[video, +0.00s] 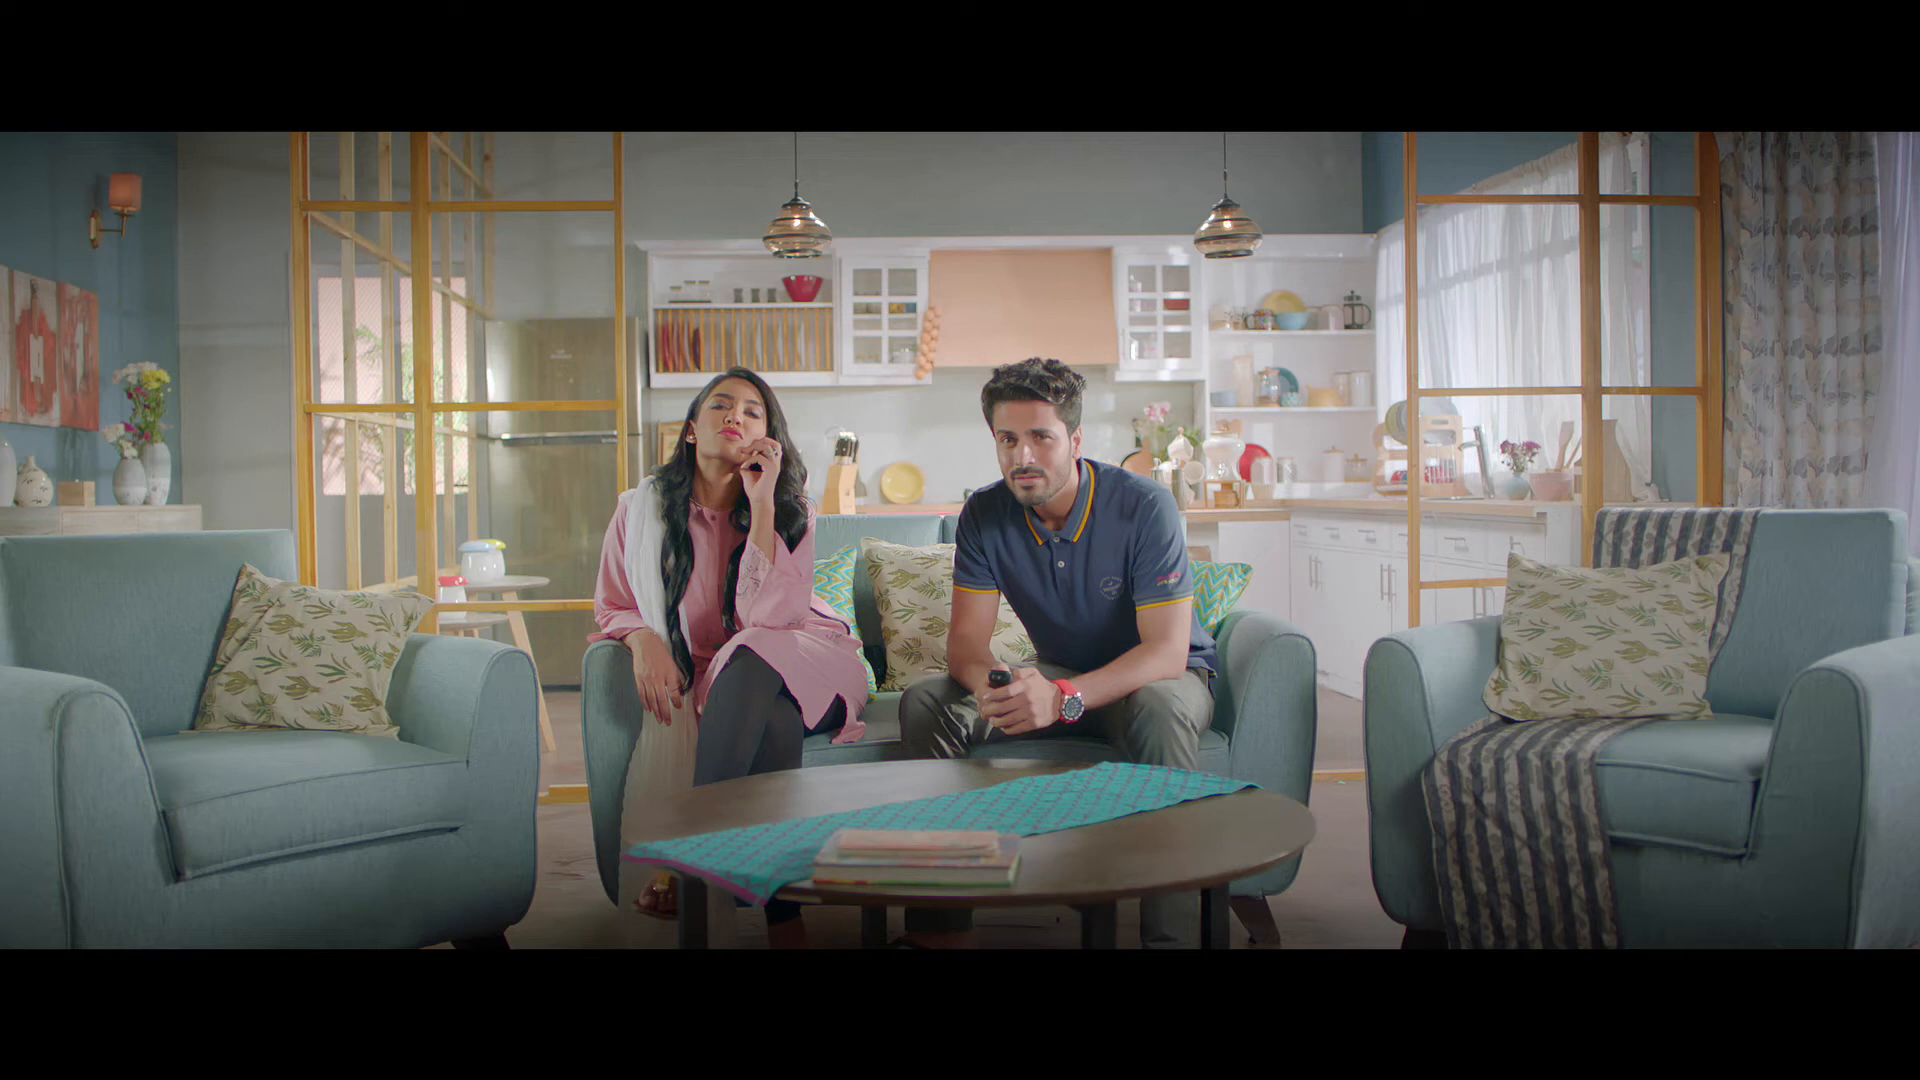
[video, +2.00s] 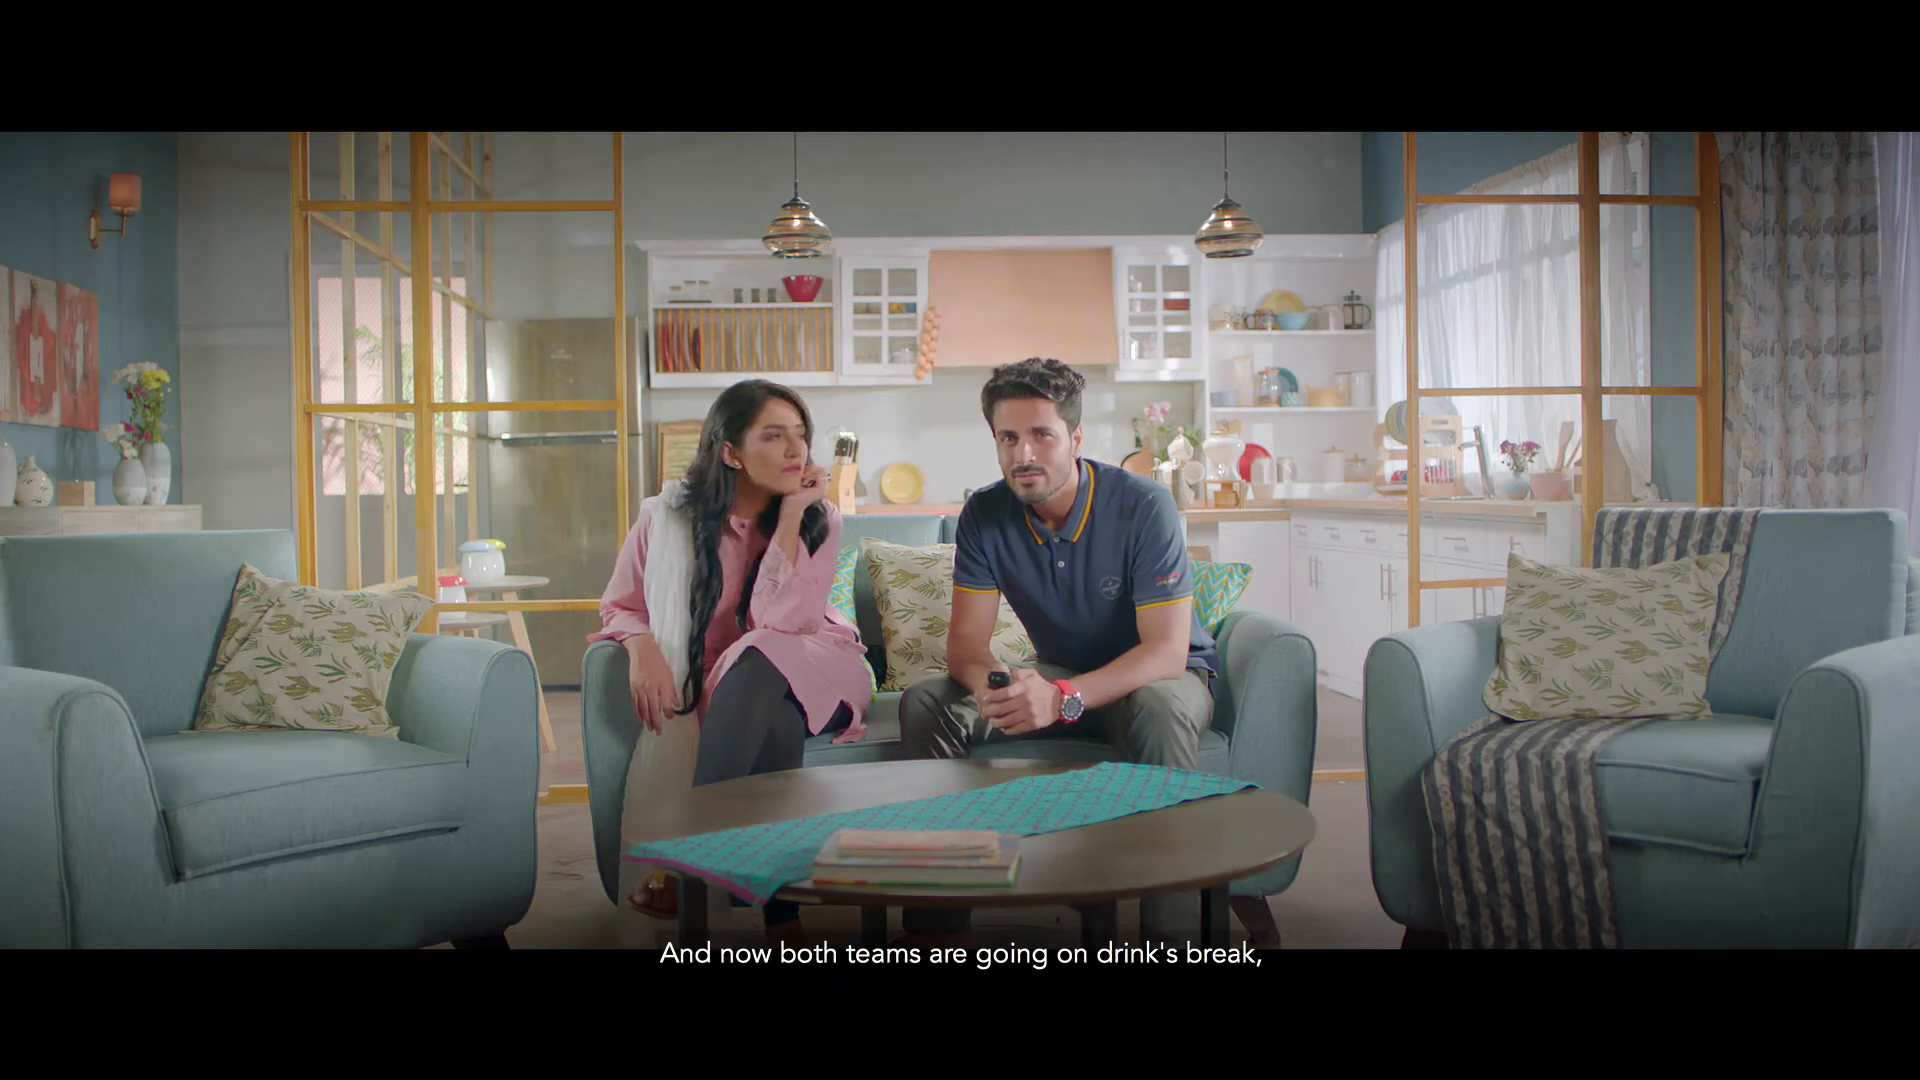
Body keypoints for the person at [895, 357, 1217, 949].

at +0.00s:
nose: (1022, 456)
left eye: (1040, 437)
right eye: (1008, 439)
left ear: (1076, 441)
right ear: (994, 442)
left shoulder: (1143, 507)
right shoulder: (985, 514)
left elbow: (1167, 654)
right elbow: (966, 645)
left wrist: (1065, 698)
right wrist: (997, 687)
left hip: (1154, 680)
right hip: (1056, 681)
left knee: (1160, 707)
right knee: (926, 704)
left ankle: (1170, 936)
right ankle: (938, 922)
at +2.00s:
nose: (1023, 454)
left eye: (1040, 435)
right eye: (1009, 438)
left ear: (1076, 440)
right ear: (995, 443)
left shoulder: (1143, 507)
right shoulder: (985, 515)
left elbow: (1166, 655)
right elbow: (966, 647)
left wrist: (1064, 697)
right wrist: (997, 686)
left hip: (1156, 677)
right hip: (1059, 679)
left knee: (1157, 709)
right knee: (926, 703)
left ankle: (1172, 922)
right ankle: (943, 897)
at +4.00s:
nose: (1002, 459)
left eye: (1019, 449)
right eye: (1007, 442)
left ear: (1073, 463)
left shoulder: (1150, 508)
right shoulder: (990, 514)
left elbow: (1163, 654)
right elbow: (971, 642)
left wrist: (1050, 693)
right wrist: (960, 683)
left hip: (1155, 678)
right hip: (1059, 677)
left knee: (1154, 706)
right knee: (926, 704)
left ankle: (1168, 933)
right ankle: (940, 915)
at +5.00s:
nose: (1049, 486)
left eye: (1069, 474)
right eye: (1040, 465)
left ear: (1116, 459)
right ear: (1035, 442)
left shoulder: (1174, 508)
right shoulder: (1015, 503)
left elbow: (1169, 653)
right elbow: (1000, 619)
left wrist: (1057, 683)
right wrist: (970, 675)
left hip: (1154, 680)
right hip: (1058, 680)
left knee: (1153, 708)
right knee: (936, 705)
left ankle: (1172, 929)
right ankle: (949, 915)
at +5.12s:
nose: (1117, 495)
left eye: (1138, 479)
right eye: (1103, 471)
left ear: (1169, 467)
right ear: (1085, 448)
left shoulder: (1209, 525)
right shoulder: (1044, 492)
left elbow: (1195, 670)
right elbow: (1021, 612)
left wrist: (1096, 693)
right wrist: (1011, 676)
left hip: (1164, 673)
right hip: (1066, 658)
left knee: (1152, 731)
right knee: (954, 715)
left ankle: (1162, 922)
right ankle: (962, 916)